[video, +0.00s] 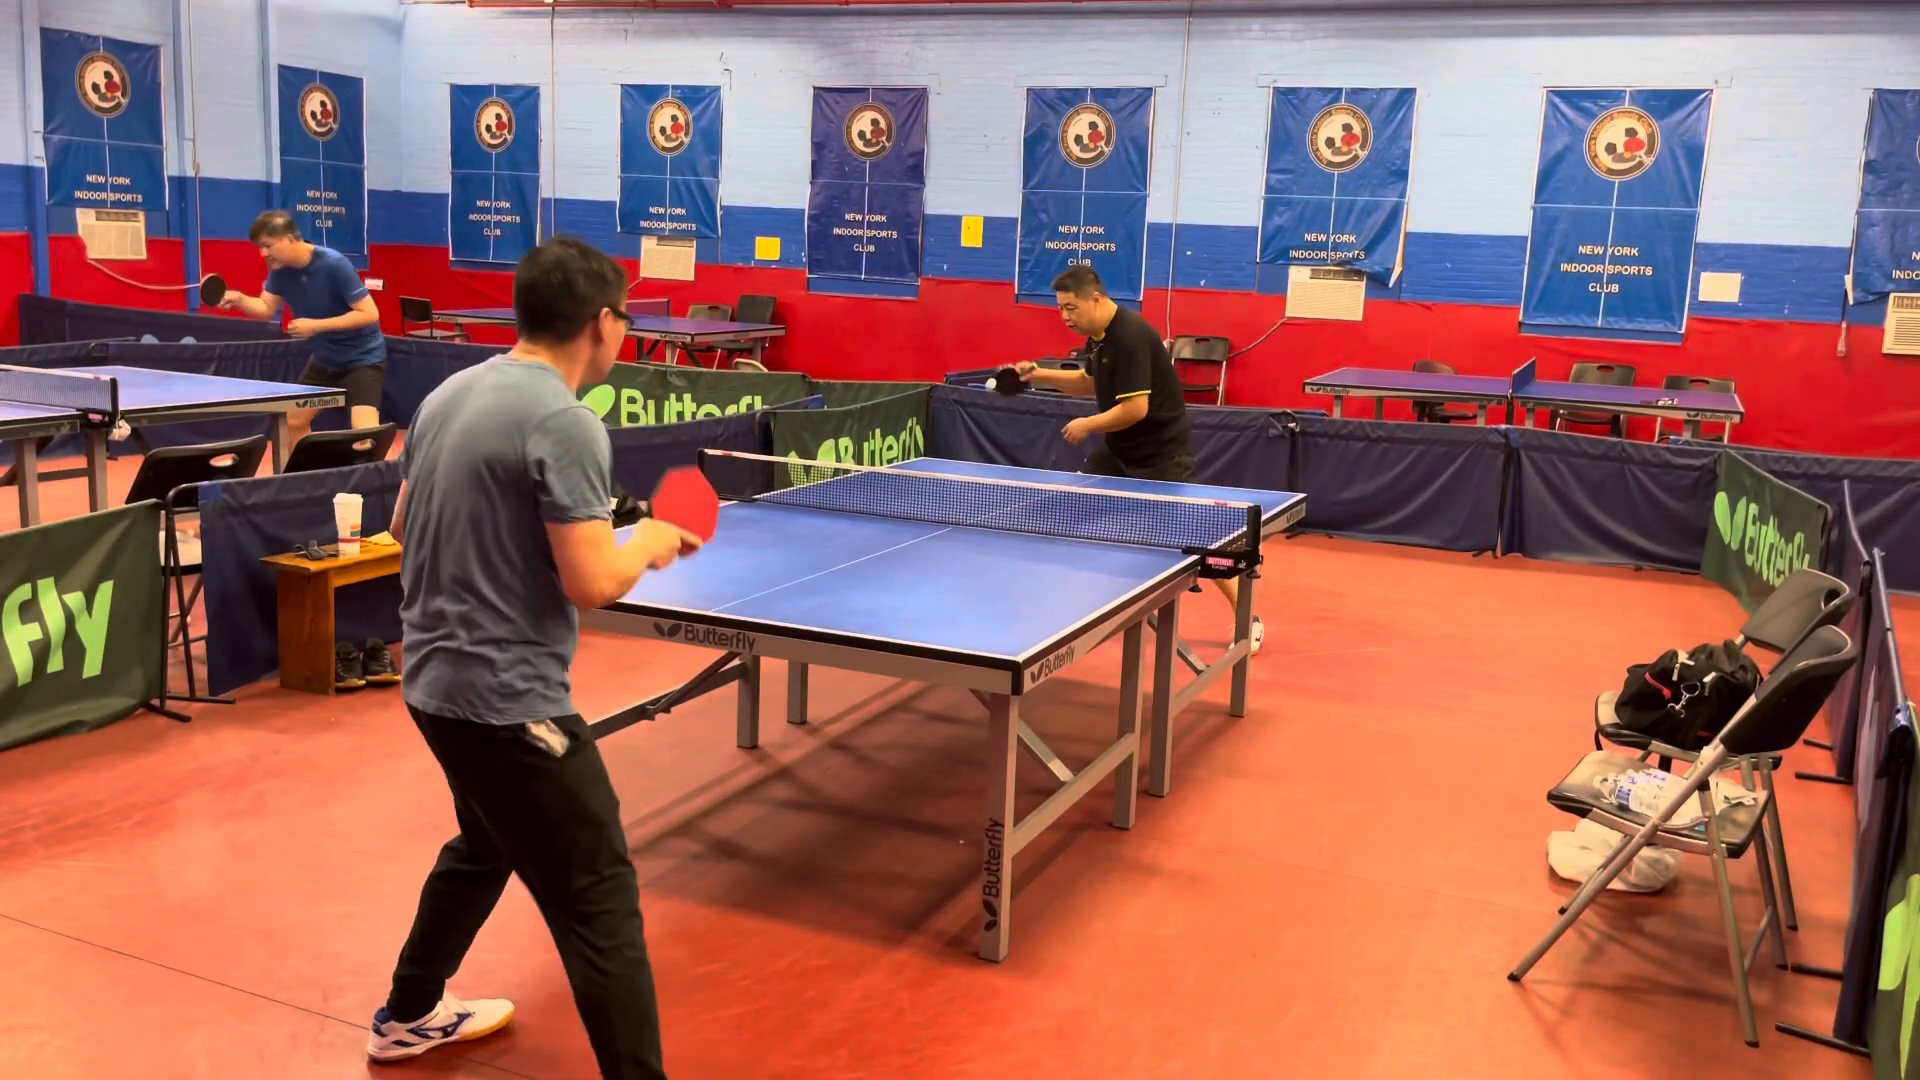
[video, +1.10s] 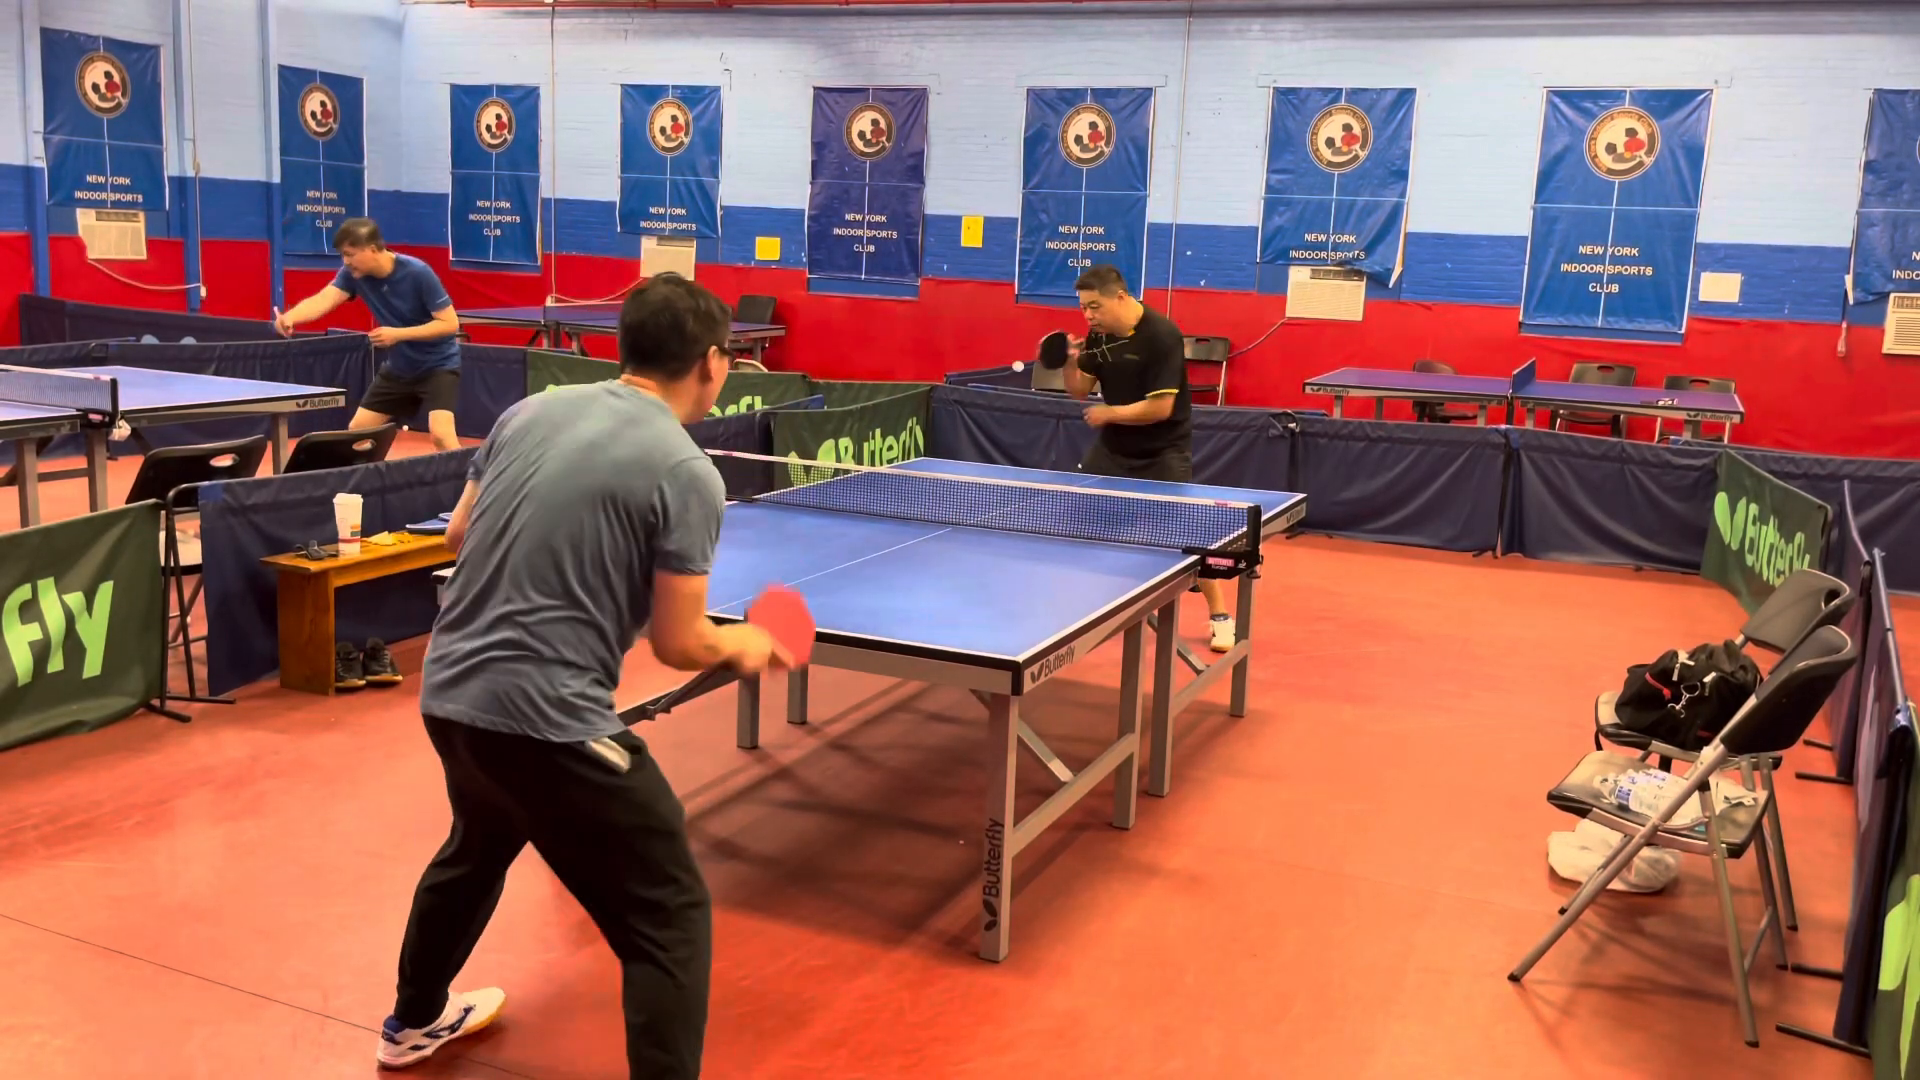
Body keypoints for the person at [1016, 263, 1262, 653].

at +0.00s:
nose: (1065, 317)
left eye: (1071, 308)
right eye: (1061, 309)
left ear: (1098, 300)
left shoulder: (1130, 336)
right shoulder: (1099, 334)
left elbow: (1136, 407)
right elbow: (1093, 382)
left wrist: (1088, 424)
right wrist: (1038, 375)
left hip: (1161, 459)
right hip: (1116, 454)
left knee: (1196, 534)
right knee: (1065, 510)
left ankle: (1247, 619)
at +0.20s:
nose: (1075, 311)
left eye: (1081, 301)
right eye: (1070, 303)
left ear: (1105, 292)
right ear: (1070, 302)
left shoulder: (1150, 325)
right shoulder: (1077, 340)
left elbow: (1181, 385)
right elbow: (1041, 392)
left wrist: (1127, 419)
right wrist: (1043, 357)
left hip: (1165, 450)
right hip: (1107, 448)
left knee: (1196, 522)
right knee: (1055, 505)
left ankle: (1224, 611)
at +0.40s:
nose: (1104, 319)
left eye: (1112, 309)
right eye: (1098, 310)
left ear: (1136, 303)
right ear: (1093, 310)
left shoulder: (1176, 338)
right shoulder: (1093, 352)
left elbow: (1204, 394)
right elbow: (1073, 419)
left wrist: (1160, 429)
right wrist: (1074, 396)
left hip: (1172, 449)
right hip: (1109, 446)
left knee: (1200, 521)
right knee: (1055, 504)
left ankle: (1218, 614)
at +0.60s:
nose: (1091, 315)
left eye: (1100, 305)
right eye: (1085, 306)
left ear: (1122, 301)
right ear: (1080, 307)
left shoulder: (1158, 341)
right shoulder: (1082, 348)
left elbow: (1182, 402)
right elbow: (1073, 402)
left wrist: (1128, 430)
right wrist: (1065, 416)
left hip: (1162, 450)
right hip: (1106, 448)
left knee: (1194, 523)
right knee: (1059, 503)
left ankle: (1216, 614)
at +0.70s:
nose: (1076, 312)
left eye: (1084, 303)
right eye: (1070, 304)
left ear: (1107, 297)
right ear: (1067, 304)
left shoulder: (1139, 335)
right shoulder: (1079, 340)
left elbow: (1154, 405)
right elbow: (1078, 395)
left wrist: (1098, 422)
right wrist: (1052, 418)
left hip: (1153, 453)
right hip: (1102, 452)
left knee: (1182, 527)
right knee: (1063, 516)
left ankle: (1215, 613)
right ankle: (1053, 604)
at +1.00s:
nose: (1066, 322)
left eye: (1072, 312)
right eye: (1062, 313)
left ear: (1099, 303)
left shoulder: (1128, 341)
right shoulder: (1102, 332)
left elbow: (1120, 415)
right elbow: (1104, 375)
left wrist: (1081, 413)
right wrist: (1060, 374)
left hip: (1150, 455)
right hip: (1107, 447)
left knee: (1176, 530)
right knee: (1062, 509)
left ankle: (1220, 614)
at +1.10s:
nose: (1088, 317)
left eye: (1093, 308)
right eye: (1085, 309)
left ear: (1120, 297)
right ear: (1089, 305)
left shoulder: (1162, 335)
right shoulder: (1099, 335)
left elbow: (1162, 407)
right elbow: (1079, 388)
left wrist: (1111, 413)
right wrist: (1070, 362)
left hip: (1163, 453)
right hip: (1112, 449)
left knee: (1185, 531)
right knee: (1066, 510)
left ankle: (1218, 616)